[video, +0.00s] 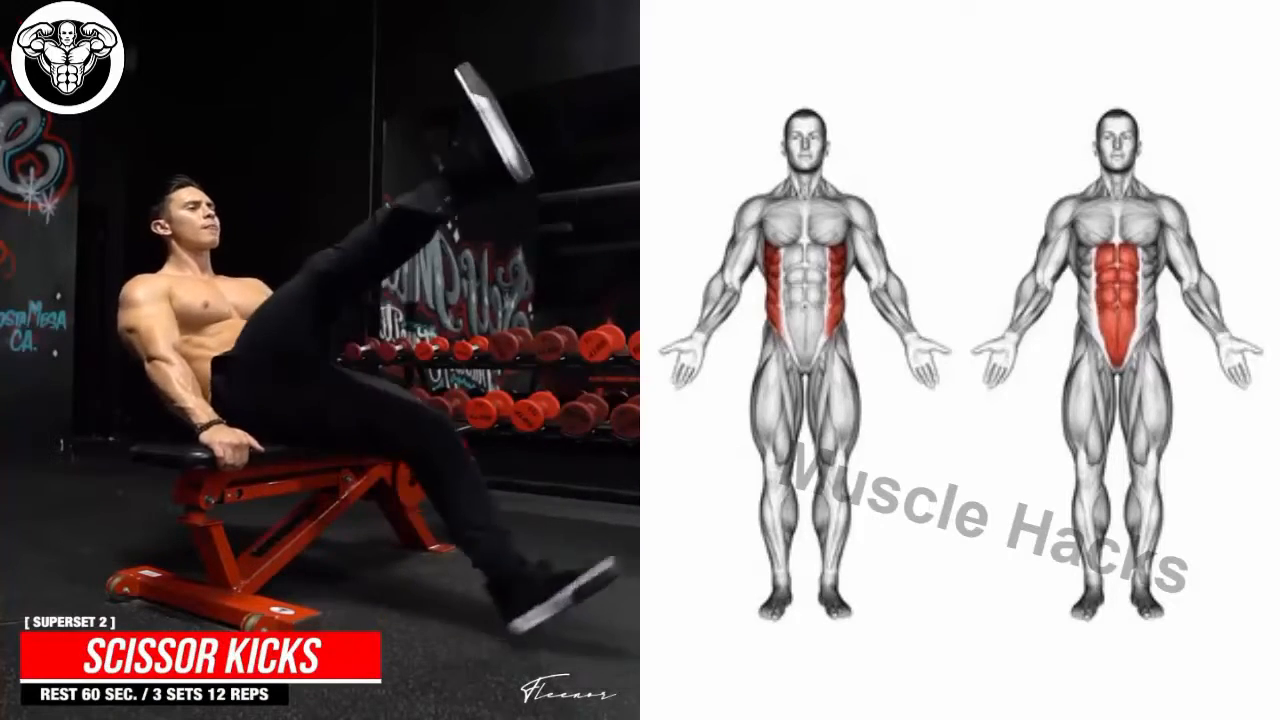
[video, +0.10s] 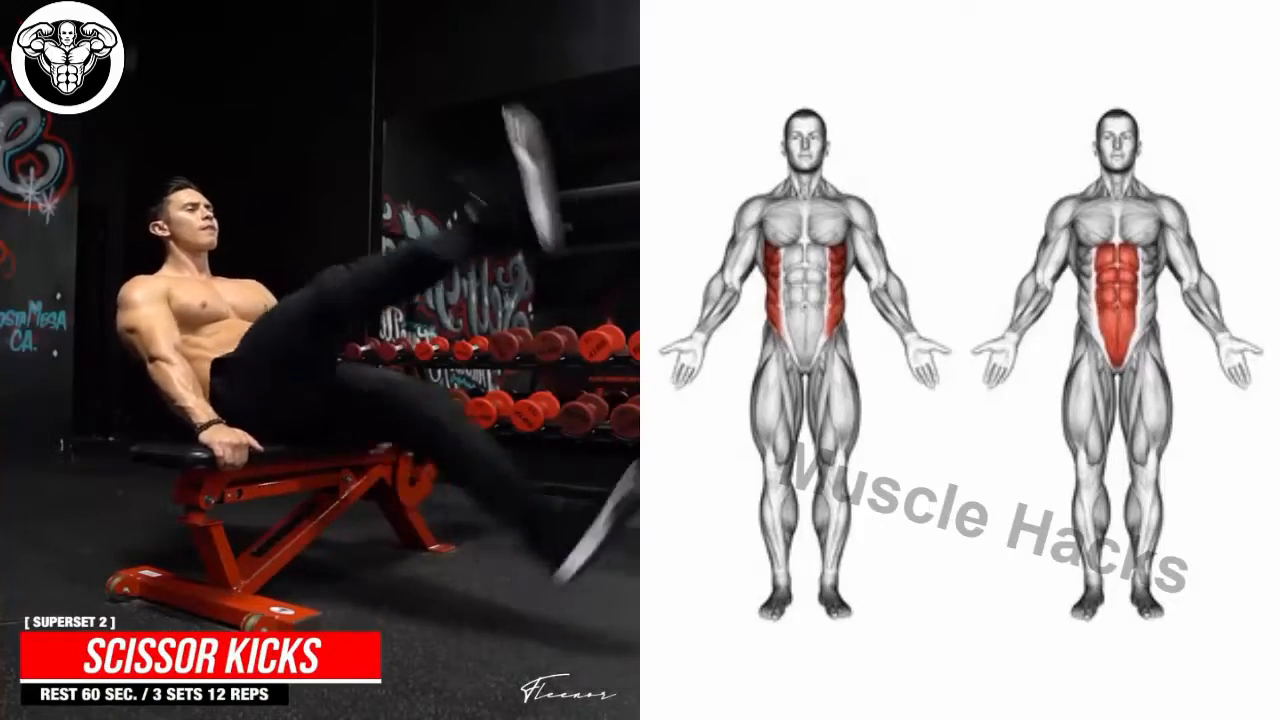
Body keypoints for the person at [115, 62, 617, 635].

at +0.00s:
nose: (208, 214)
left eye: (210, 207)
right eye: (192, 208)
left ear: (214, 224)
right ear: (162, 227)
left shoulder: (251, 285)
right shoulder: (145, 289)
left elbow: (303, 329)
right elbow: (163, 361)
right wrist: (208, 425)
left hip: (303, 391)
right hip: (244, 384)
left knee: (432, 433)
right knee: (326, 273)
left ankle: (516, 587)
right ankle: (457, 180)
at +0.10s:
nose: (208, 215)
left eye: (207, 208)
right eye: (192, 209)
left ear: (209, 225)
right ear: (161, 227)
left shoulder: (252, 291)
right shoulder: (143, 290)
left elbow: (303, 345)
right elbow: (165, 362)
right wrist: (208, 426)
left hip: (302, 397)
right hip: (242, 394)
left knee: (418, 405)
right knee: (329, 296)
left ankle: (551, 531)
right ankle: (497, 228)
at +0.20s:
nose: (204, 220)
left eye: (205, 212)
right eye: (188, 213)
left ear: (209, 229)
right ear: (159, 232)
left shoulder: (252, 291)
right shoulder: (142, 293)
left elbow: (298, 360)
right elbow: (166, 360)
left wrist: (360, 416)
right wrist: (208, 423)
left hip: (298, 399)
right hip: (241, 398)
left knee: (425, 372)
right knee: (344, 319)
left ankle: (586, 427)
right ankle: (536, 335)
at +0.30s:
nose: (202, 219)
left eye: (201, 212)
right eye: (186, 214)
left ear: (207, 227)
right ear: (158, 235)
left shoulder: (249, 292)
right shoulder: (143, 293)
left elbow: (308, 356)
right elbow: (169, 362)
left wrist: (358, 416)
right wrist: (210, 425)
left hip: (303, 386)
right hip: (243, 399)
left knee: (406, 322)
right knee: (359, 357)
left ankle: (548, 312)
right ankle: (531, 450)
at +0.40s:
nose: (203, 221)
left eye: (204, 215)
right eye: (187, 215)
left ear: (206, 235)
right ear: (156, 236)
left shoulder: (249, 293)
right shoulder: (143, 296)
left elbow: (307, 354)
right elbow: (166, 361)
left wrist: (361, 393)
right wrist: (209, 426)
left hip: (300, 376)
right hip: (246, 389)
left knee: (393, 295)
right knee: (375, 412)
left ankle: (537, 214)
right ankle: (514, 550)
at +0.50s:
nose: (203, 221)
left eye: (203, 215)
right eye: (187, 215)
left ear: (206, 235)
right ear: (158, 237)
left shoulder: (246, 294)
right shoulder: (142, 294)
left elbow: (302, 352)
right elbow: (163, 358)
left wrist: (354, 394)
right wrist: (207, 424)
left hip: (302, 370)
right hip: (250, 387)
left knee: (383, 284)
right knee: (371, 438)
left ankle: (502, 188)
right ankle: (490, 591)